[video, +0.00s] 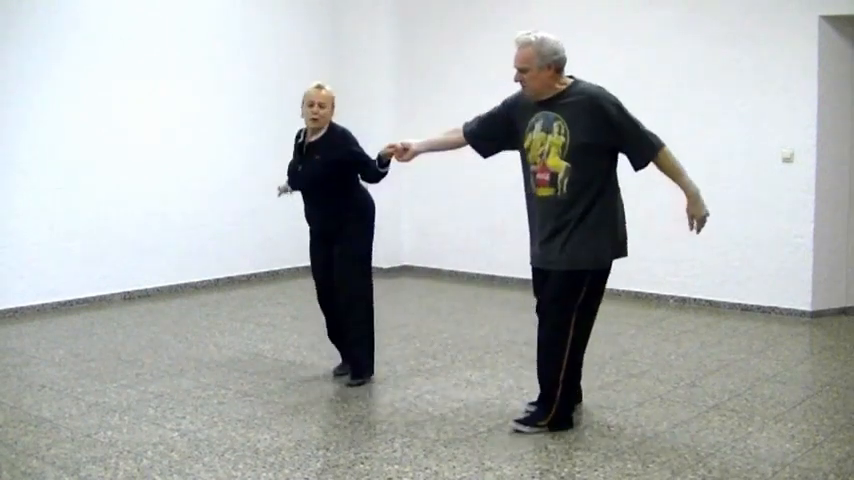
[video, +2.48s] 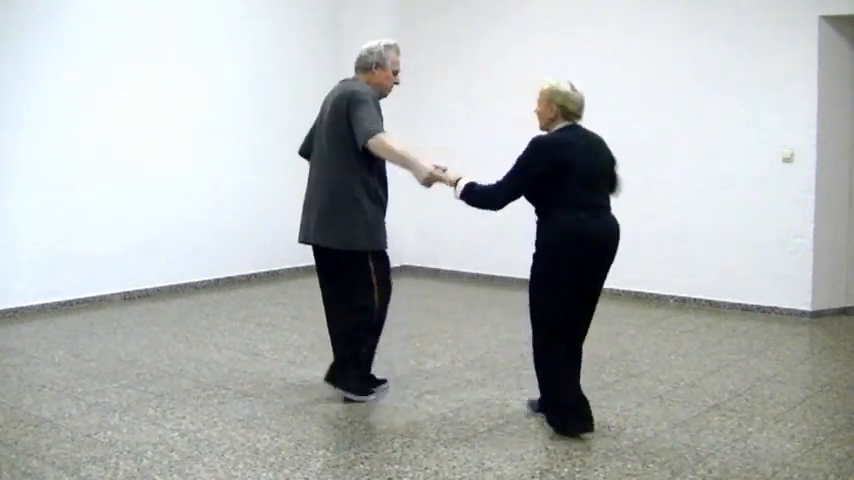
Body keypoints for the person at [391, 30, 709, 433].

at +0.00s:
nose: (516, 77)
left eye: (523, 70)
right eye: (516, 69)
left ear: (553, 70)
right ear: (533, 70)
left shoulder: (594, 103)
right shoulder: (519, 108)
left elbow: (650, 147)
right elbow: (467, 133)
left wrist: (692, 193)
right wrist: (417, 146)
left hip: (590, 239)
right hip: (546, 239)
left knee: (564, 321)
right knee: (551, 318)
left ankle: (555, 409)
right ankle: (563, 397)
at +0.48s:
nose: (468, 79)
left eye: (471, 71)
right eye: (468, 71)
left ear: (489, 69)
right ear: (495, 68)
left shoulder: (511, 101)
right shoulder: (511, 98)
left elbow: (484, 156)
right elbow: (504, 160)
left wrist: (421, 168)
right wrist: (472, 175)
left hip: (511, 239)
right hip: (506, 237)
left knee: (476, 311)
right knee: (512, 318)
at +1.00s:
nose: (409, 71)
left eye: (408, 67)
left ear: (409, 65)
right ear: (446, 65)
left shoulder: (400, 94)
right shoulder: (468, 100)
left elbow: (385, 156)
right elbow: (494, 166)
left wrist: (374, 209)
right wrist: (478, 197)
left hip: (400, 228)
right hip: (451, 231)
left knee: (377, 305)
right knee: (435, 316)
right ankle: (421, 401)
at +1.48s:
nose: (427, 74)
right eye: (428, 69)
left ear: (391, 64)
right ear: (424, 69)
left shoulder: (358, 98)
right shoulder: (427, 101)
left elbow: (322, 154)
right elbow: (456, 167)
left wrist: (311, 197)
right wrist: (491, 198)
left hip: (360, 225)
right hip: (406, 227)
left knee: (367, 302)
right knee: (403, 308)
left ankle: (361, 380)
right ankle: (398, 397)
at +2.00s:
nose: (410, 77)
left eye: (410, 70)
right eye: (408, 69)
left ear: (375, 66)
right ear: (393, 66)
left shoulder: (340, 98)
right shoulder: (388, 97)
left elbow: (307, 157)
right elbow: (414, 152)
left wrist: (315, 195)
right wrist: (463, 179)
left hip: (337, 221)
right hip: (380, 221)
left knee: (355, 305)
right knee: (399, 296)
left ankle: (358, 381)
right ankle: (388, 371)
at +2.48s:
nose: (397, 81)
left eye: (398, 73)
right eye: (395, 72)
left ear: (364, 69)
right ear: (375, 69)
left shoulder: (337, 95)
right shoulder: (361, 96)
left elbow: (310, 150)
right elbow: (372, 140)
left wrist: (349, 170)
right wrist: (417, 166)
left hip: (325, 221)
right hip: (355, 222)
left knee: (341, 296)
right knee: (374, 293)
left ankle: (344, 368)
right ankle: (355, 376)